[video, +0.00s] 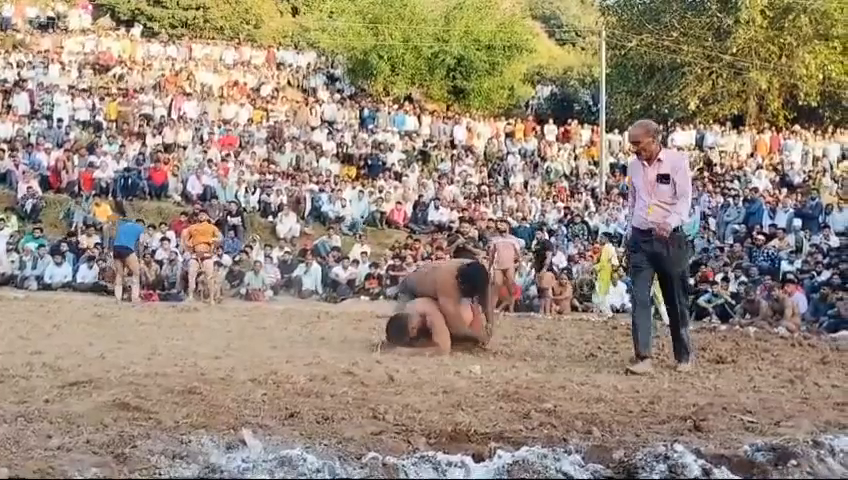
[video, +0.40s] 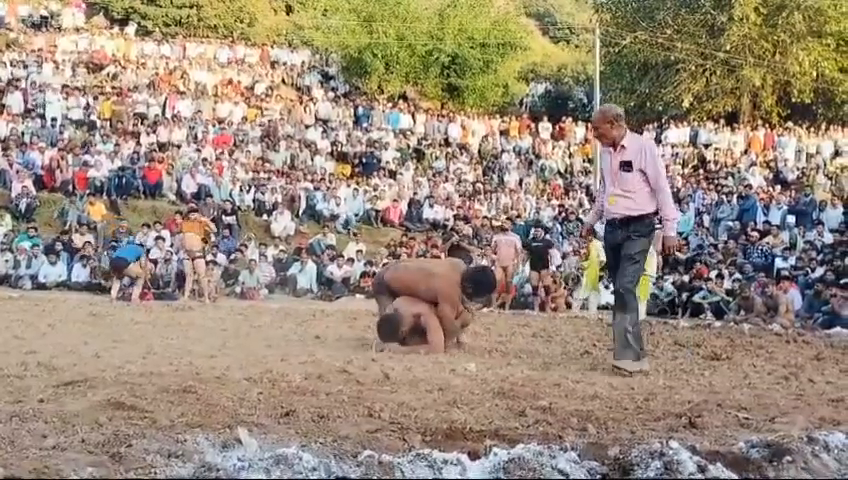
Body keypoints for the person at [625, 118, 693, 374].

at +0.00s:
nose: (637, 151)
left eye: (640, 145)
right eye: (634, 146)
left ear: (655, 140)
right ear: (633, 144)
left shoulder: (676, 160)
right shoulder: (634, 165)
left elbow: (684, 199)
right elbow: (633, 200)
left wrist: (670, 223)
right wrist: (631, 228)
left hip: (669, 235)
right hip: (639, 235)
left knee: (675, 299)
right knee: (640, 297)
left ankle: (683, 356)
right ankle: (642, 356)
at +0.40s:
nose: (596, 137)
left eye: (599, 132)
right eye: (594, 133)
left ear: (615, 126)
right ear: (607, 128)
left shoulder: (643, 147)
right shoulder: (605, 150)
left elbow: (662, 188)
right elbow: (606, 190)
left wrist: (669, 228)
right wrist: (591, 221)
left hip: (640, 223)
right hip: (612, 225)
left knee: (624, 286)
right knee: (620, 288)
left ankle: (631, 353)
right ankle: (626, 350)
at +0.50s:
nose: (589, 137)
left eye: (592, 131)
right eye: (588, 132)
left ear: (608, 124)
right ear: (602, 126)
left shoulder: (638, 146)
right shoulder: (599, 149)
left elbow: (657, 187)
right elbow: (598, 192)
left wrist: (668, 229)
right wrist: (585, 220)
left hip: (631, 223)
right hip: (605, 224)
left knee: (619, 290)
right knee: (615, 290)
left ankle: (613, 359)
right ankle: (635, 352)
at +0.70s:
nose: (575, 132)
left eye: (577, 126)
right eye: (573, 127)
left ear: (591, 117)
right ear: (587, 119)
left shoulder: (618, 138)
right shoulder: (589, 143)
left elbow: (634, 182)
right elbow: (591, 186)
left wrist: (639, 224)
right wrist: (582, 227)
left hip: (613, 220)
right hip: (589, 222)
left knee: (599, 295)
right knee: (578, 294)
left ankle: (610, 361)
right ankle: (609, 335)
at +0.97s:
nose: (551, 126)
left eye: (551, 119)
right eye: (549, 120)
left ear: (565, 111)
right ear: (565, 111)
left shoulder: (594, 135)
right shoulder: (572, 140)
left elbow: (590, 178)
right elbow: (571, 183)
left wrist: (563, 210)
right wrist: (559, 214)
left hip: (590, 217)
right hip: (570, 218)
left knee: (598, 291)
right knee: (548, 284)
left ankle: (615, 359)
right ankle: (540, 351)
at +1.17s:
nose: (521, 128)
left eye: (522, 122)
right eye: (520, 122)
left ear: (532, 115)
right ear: (537, 114)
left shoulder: (559, 137)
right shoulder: (547, 141)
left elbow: (554, 182)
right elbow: (553, 183)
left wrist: (528, 210)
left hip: (561, 223)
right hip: (544, 223)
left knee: (576, 293)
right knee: (521, 291)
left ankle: (613, 357)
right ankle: (521, 356)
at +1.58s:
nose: (472, 120)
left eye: (472, 114)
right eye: (471, 115)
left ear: (482, 109)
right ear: (491, 108)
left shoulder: (504, 131)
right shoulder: (507, 130)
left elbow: (517, 178)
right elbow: (518, 179)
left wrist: (513, 224)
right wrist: (492, 218)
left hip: (506, 219)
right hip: (525, 220)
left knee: (466, 281)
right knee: (506, 296)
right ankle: (524, 361)